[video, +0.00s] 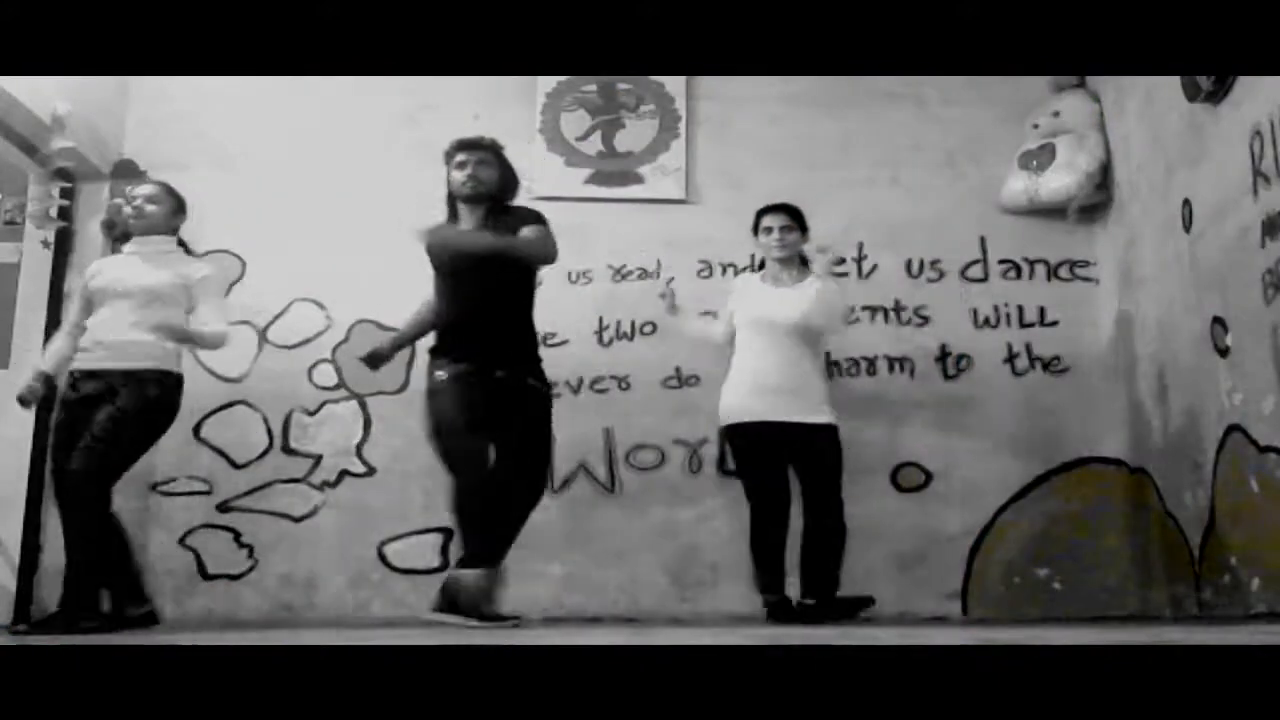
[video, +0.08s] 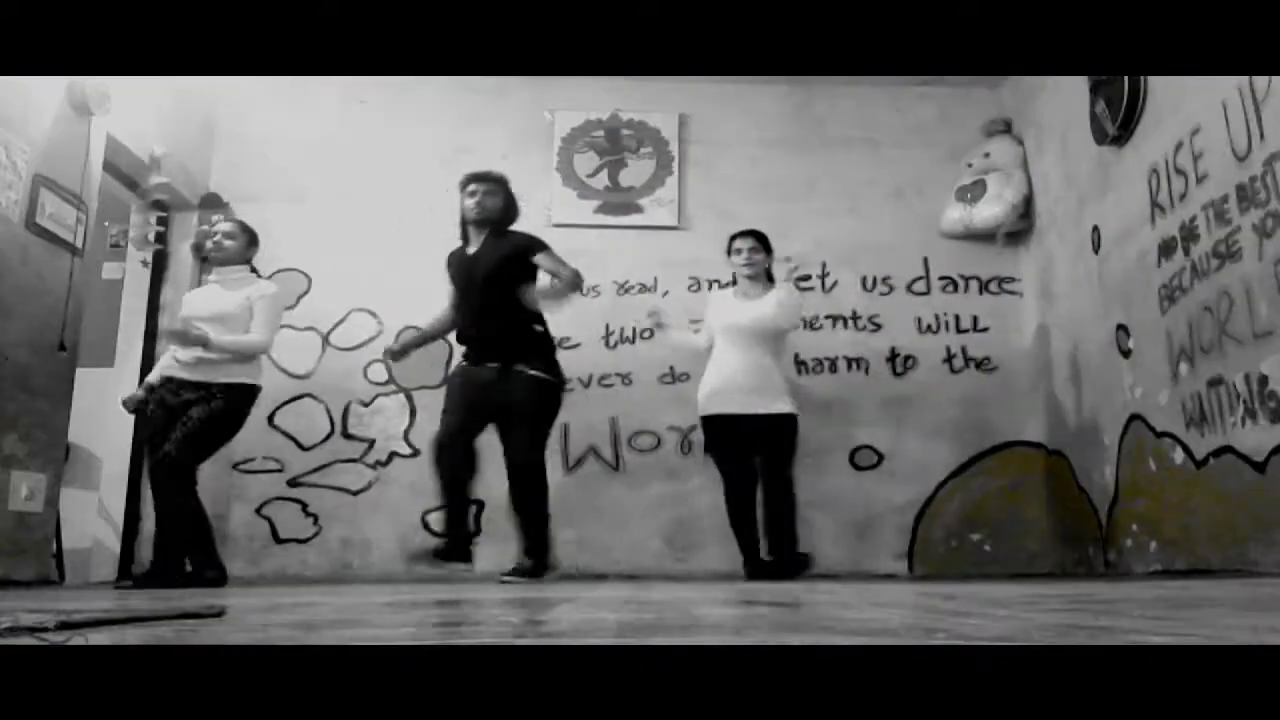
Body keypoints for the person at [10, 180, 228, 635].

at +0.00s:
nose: (135, 203)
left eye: (150, 199)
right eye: (132, 199)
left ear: (175, 218)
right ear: (125, 213)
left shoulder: (194, 267)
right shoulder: (100, 268)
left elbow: (216, 335)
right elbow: (70, 330)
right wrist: (42, 374)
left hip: (148, 381)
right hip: (87, 380)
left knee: (84, 478)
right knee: (71, 482)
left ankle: (131, 601)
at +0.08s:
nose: (216, 239)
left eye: (228, 235)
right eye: (212, 235)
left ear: (249, 250)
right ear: (205, 249)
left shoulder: (262, 289)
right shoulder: (193, 297)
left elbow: (261, 343)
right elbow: (176, 350)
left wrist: (205, 340)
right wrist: (145, 388)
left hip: (228, 390)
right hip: (178, 387)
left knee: (174, 462)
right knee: (162, 466)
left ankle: (207, 566)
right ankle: (167, 566)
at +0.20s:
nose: (216, 236)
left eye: (228, 232)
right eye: (213, 232)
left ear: (249, 247)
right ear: (208, 244)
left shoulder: (264, 286)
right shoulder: (197, 291)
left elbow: (275, 341)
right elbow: (183, 344)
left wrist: (218, 353)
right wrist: (149, 381)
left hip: (233, 385)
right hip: (185, 383)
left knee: (162, 455)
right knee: (179, 467)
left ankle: (167, 563)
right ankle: (208, 565)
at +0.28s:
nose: (219, 238)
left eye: (231, 234)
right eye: (216, 233)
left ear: (252, 247)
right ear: (209, 243)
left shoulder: (268, 286)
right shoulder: (196, 292)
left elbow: (290, 339)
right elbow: (181, 343)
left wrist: (263, 369)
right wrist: (144, 372)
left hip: (239, 384)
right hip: (194, 384)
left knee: (148, 439)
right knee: (198, 475)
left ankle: (192, 526)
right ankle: (213, 568)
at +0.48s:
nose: (221, 236)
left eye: (232, 232)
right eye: (217, 231)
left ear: (253, 245)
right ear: (209, 241)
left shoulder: (270, 283)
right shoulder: (196, 289)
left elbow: (289, 338)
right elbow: (183, 341)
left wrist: (271, 373)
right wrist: (155, 365)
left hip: (247, 383)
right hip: (200, 386)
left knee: (180, 450)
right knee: (205, 477)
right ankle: (215, 567)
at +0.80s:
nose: (222, 235)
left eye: (234, 231)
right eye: (218, 230)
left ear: (254, 245)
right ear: (210, 239)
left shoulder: (266, 282)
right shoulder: (197, 289)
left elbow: (288, 332)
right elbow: (182, 341)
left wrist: (277, 371)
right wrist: (149, 370)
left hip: (233, 380)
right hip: (184, 381)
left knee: (203, 463)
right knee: (185, 471)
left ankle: (205, 564)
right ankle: (203, 562)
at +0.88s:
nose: (138, 210)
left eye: (153, 206)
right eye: (134, 204)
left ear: (176, 222)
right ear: (126, 215)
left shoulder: (188, 266)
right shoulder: (106, 274)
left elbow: (228, 318)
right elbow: (86, 336)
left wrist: (204, 374)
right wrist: (45, 372)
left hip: (148, 384)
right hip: (89, 385)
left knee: (108, 483)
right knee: (88, 493)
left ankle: (110, 606)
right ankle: (120, 605)